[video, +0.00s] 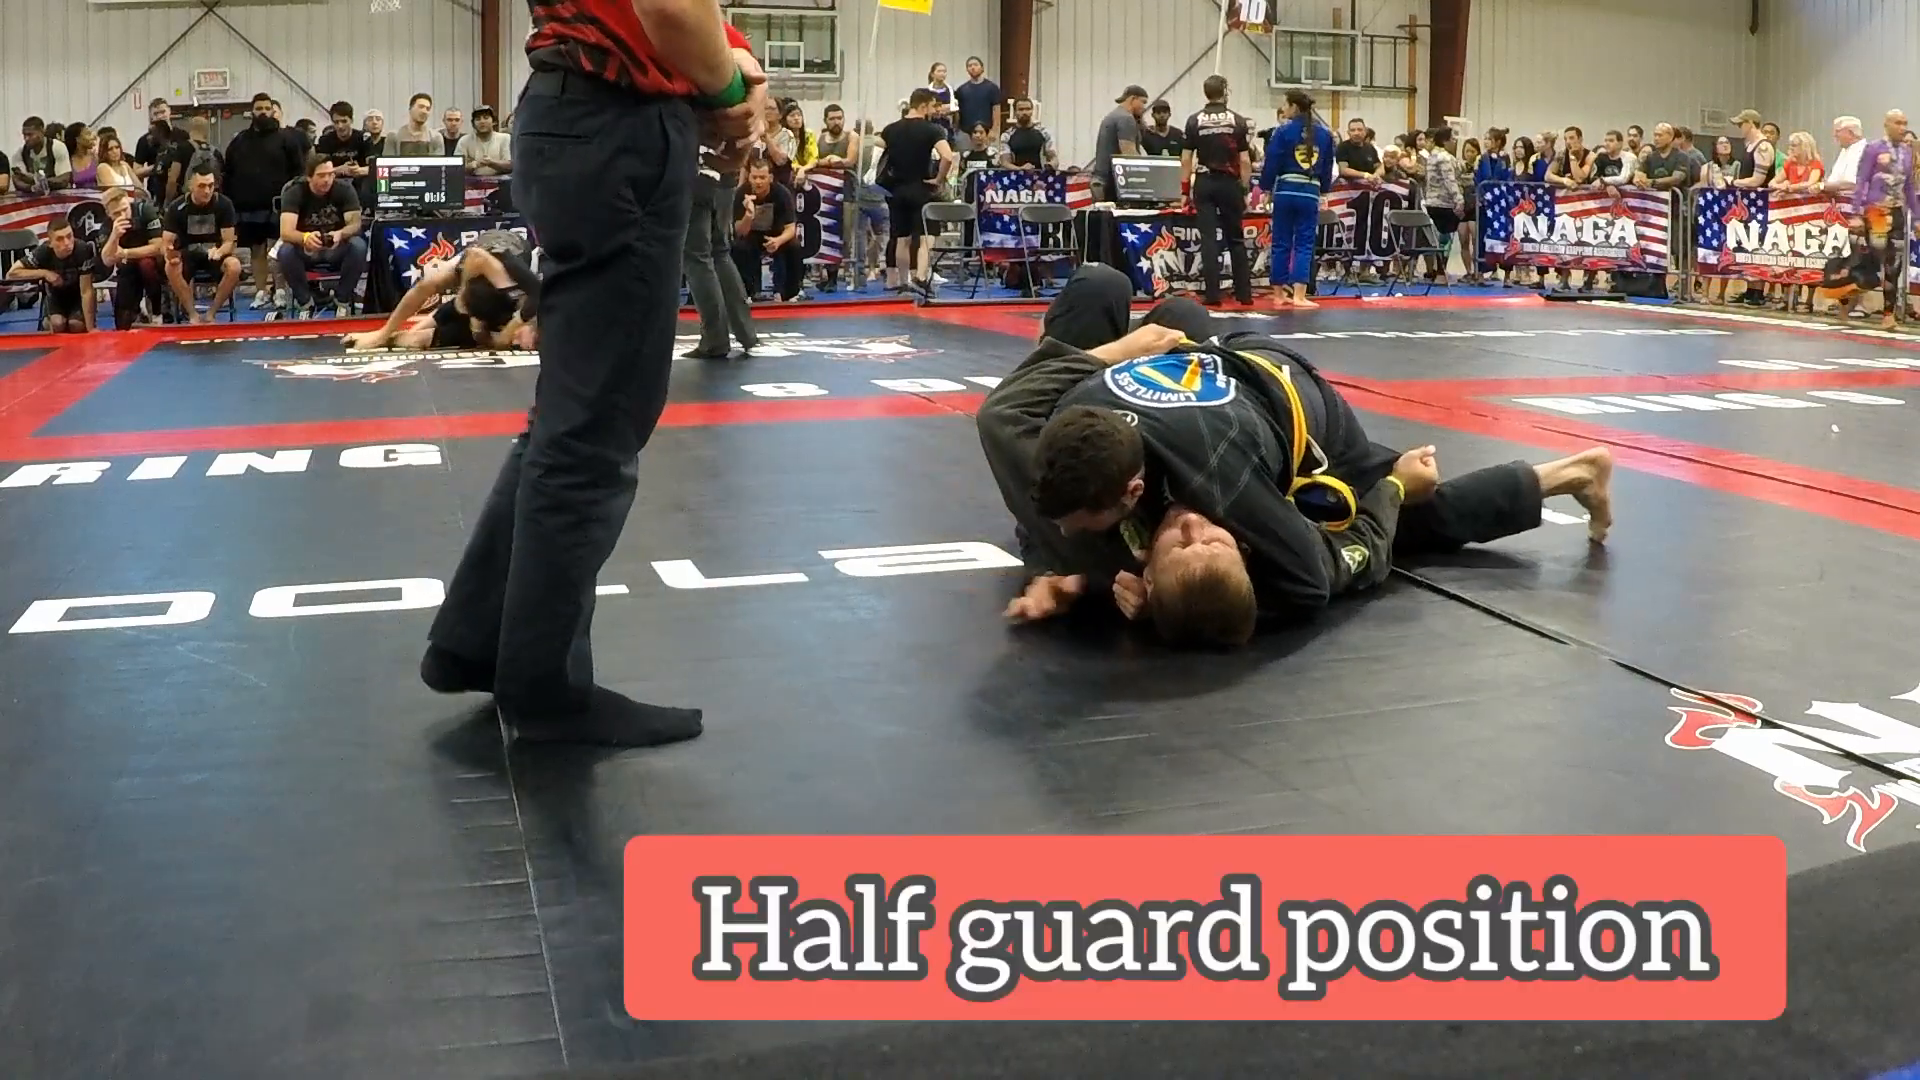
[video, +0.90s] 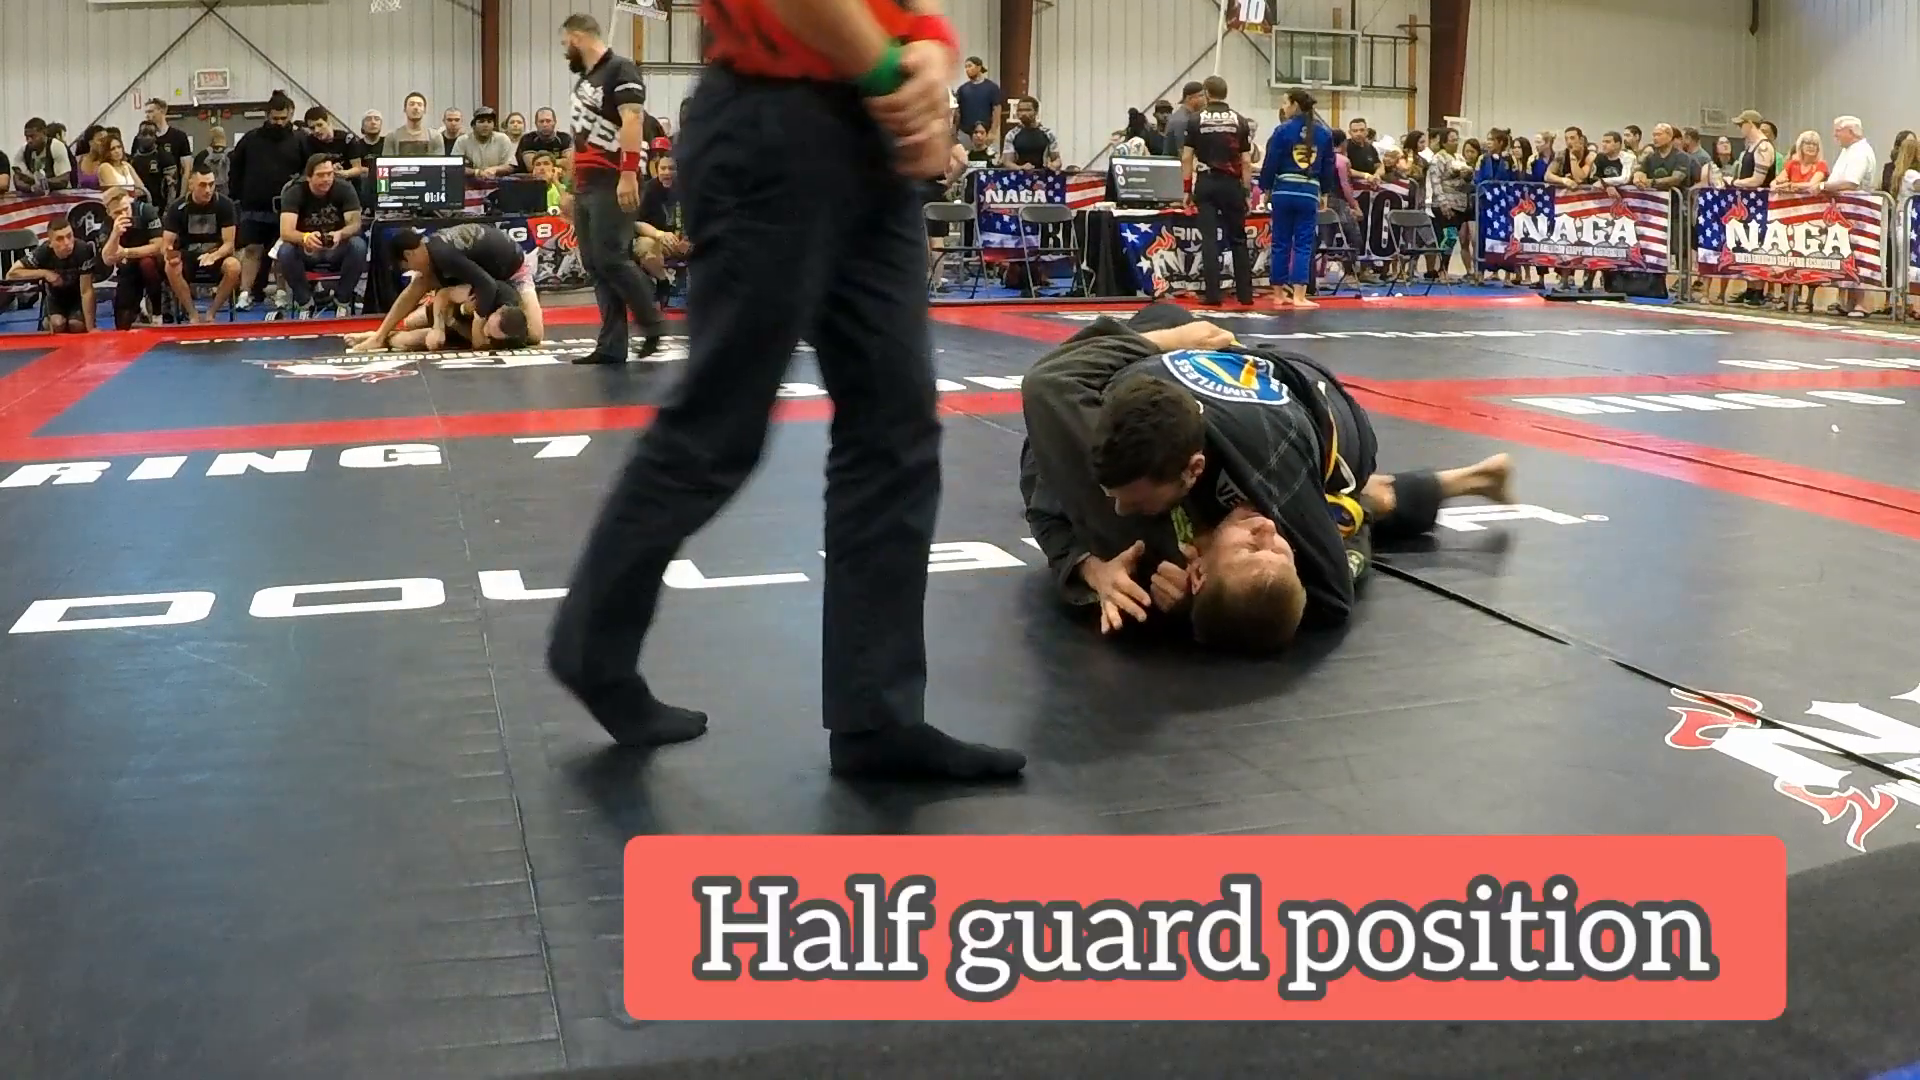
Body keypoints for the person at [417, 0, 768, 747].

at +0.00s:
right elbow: (672, 9)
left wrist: (724, 71)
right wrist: (729, 84)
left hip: (583, 106)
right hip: (618, 119)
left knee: (578, 408)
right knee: (598, 423)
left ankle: (472, 640)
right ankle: (545, 689)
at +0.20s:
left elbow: (704, 13)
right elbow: (662, 9)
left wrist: (761, 70)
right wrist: (736, 88)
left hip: (659, 115)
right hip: (619, 117)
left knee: (693, 386)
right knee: (605, 424)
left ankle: (520, 599)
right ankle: (549, 688)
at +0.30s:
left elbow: (709, 8)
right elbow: (664, 8)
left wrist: (766, 65)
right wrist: (747, 90)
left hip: (684, 118)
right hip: (621, 118)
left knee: (726, 391)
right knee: (611, 424)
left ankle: (599, 634)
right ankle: (549, 684)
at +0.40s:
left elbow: (735, 11)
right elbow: (665, 6)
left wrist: (781, 63)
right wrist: (754, 88)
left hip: (702, 121)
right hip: (629, 117)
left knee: (767, 388)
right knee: (614, 426)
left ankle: (673, 651)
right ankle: (550, 688)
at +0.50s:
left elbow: (755, 9)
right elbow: (672, 5)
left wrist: (798, 58)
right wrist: (768, 94)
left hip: (730, 123)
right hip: (644, 119)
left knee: (802, 392)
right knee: (621, 426)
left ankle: (761, 677)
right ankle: (556, 684)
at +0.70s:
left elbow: (835, 7)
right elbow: (705, 6)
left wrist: (855, 62)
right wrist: (813, 84)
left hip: (791, 124)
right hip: (690, 116)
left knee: (841, 421)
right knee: (646, 426)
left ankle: (875, 718)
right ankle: (565, 668)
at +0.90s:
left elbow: (906, 7)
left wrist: (939, 45)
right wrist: (891, 76)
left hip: (868, 119)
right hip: (766, 113)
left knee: (891, 439)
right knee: (715, 426)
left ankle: (875, 723)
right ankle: (591, 646)